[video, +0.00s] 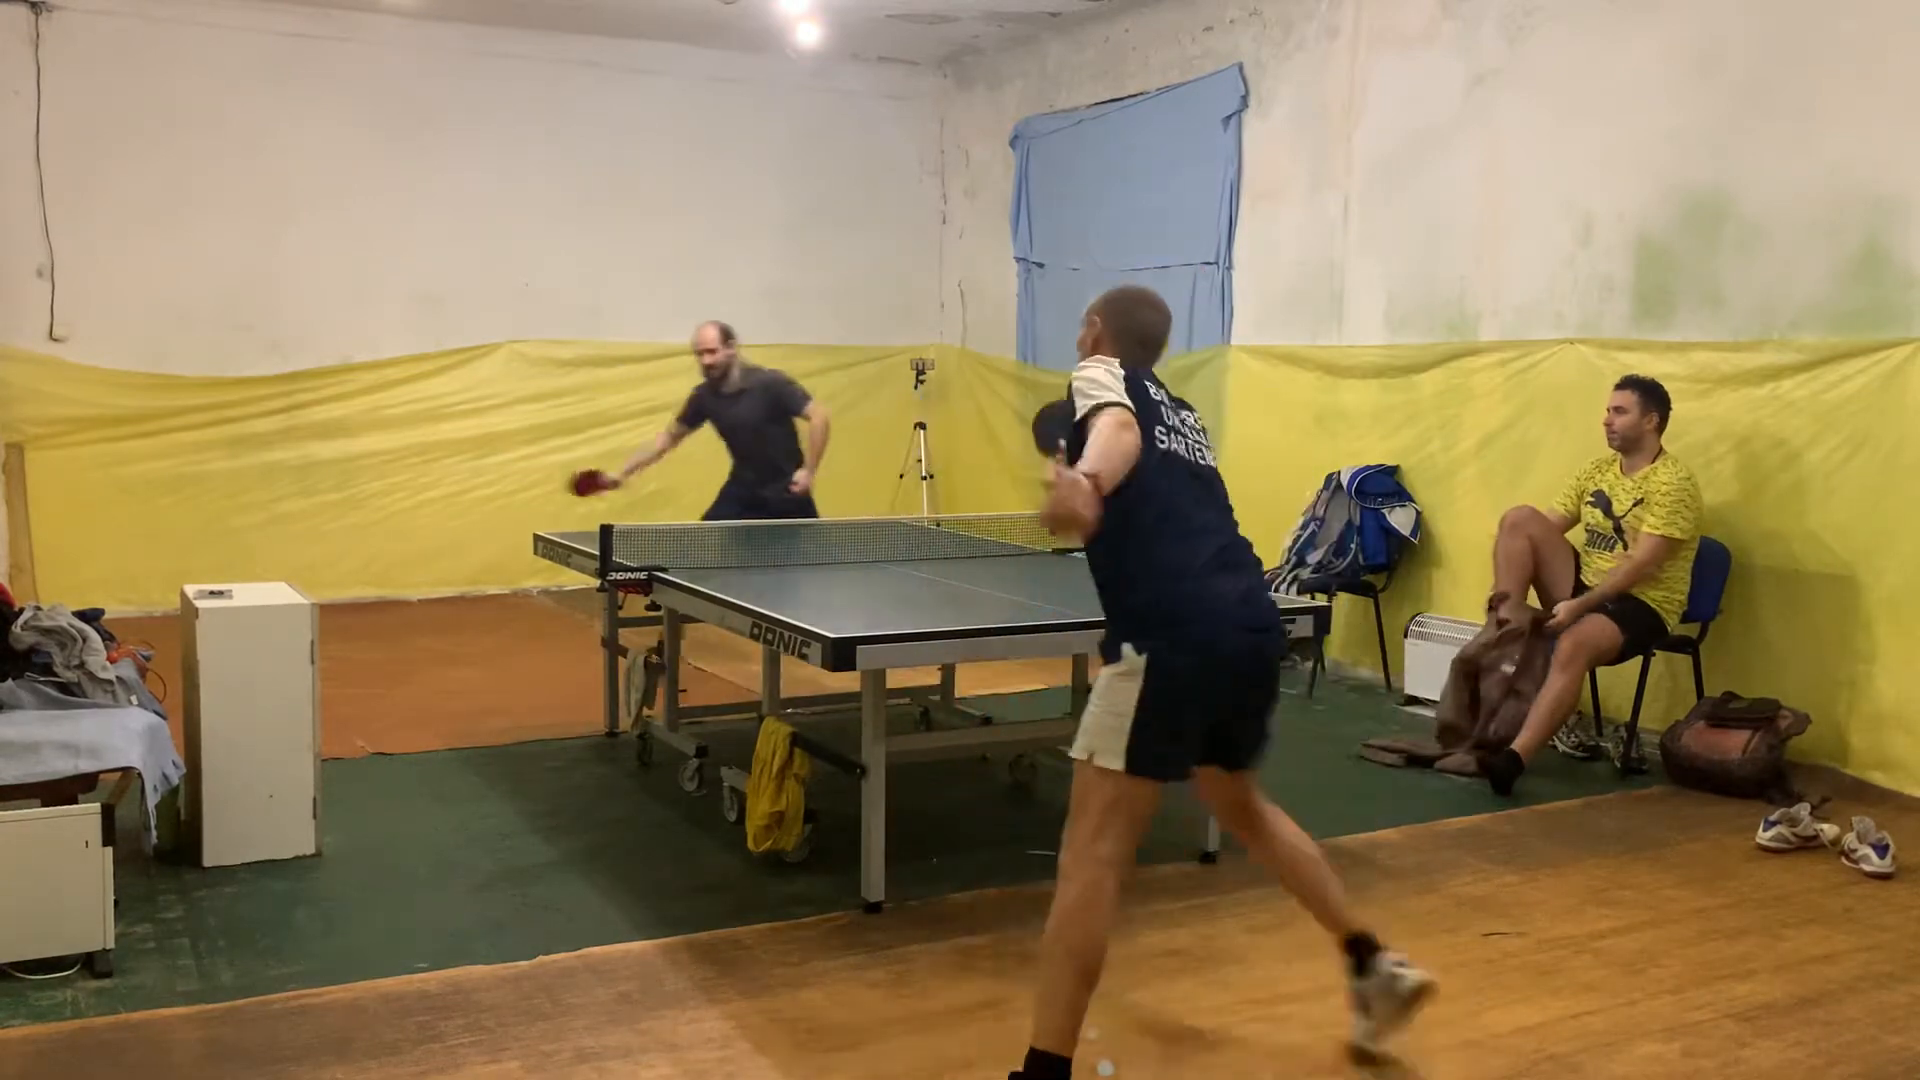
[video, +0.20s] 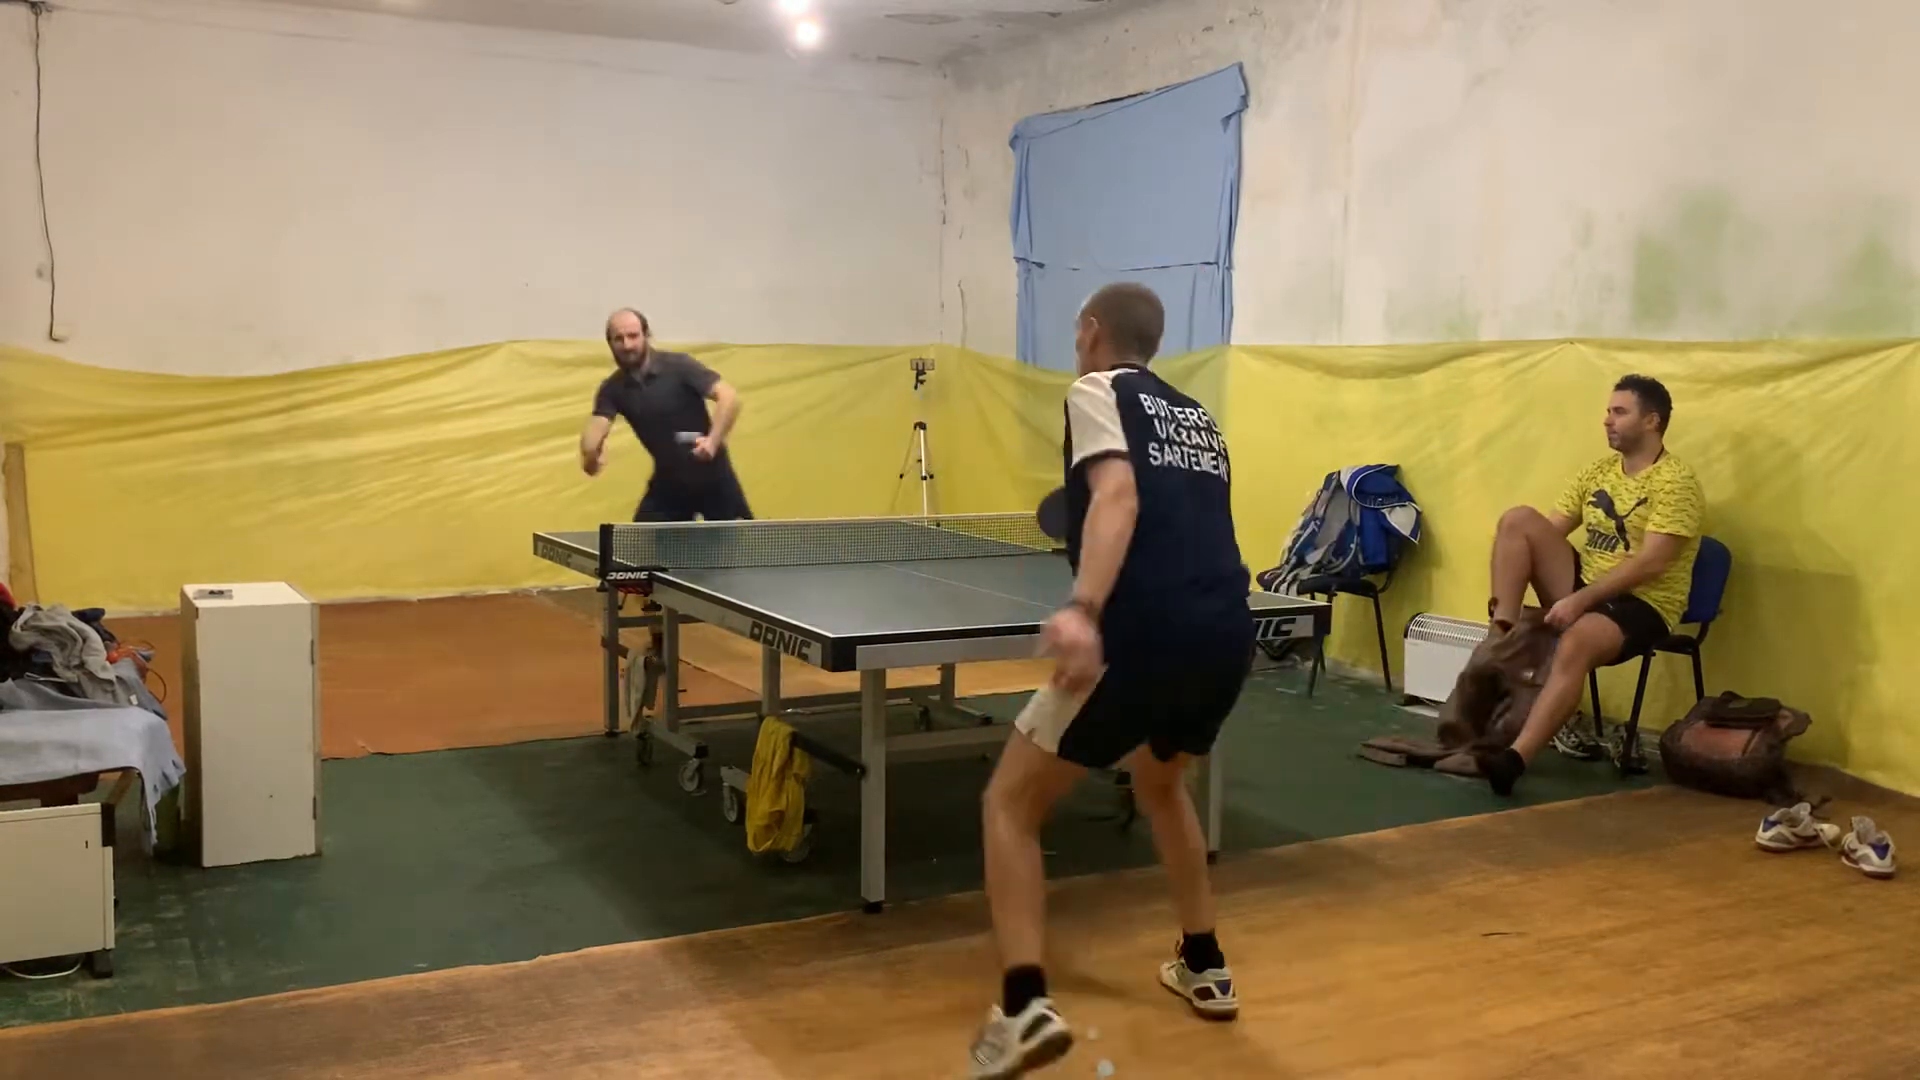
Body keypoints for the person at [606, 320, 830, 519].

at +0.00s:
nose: (706, 361)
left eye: (712, 352)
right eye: (700, 354)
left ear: (731, 349)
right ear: (695, 355)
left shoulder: (770, 383)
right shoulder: (704, 397)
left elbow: (819, 417)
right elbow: (668, 438)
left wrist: (809, 470)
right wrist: (622, 474)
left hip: (786, 487)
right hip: (742, 487)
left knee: (809, 556)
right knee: (703, 542)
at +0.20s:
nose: (627, 345)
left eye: (633, 336)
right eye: (618, 339)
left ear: (646, 335)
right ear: (610, 344)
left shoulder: (679, 366)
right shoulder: (614, 388)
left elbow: (728, 398)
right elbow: (598, 424)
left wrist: (713, 440)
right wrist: (590, 453)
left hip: (711, 474)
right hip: (668, 479)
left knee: (742, 543)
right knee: (641, 546)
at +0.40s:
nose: (599, 329)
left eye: (605, 322)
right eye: (590, 324)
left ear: (614, 324)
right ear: (576, 329)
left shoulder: (640, 363)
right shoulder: (564, 375)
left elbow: (680, 398)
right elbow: (545, 431)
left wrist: (679, 451)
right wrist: (559, 468)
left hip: (644, 478)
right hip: (590, 484)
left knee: (687, 548)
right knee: (551, 563)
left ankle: (696, 606)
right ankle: (527, 646)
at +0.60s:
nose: (594, 351)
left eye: (600, 344)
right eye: (585, 345)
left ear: (608, 346)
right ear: (569, 348)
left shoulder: (624, 386)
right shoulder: (550, 390)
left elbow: (644, 424)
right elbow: (515, 438)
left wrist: (631, 471)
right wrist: (555, 449)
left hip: (607, 503)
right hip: (556, 505)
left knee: (648, 565)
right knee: (521, 582)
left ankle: (633, 635)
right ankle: (482, 653)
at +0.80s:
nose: (631, 347)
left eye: (636, 340)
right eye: (623, 341)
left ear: (642, 340)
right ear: (606, 341)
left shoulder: (646, 375)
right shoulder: (584, 379)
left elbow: (670, 412)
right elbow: (573, 439)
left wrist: (679, 455)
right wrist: (620, 464)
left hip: (624, 476)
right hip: (580, 480)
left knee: (673, 542)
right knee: (561, 563)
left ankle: (690, 621)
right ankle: (526, 644)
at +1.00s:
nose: (694, 352)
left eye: (695, 344)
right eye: (687, 345)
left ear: (688, 345)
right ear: (664, 347)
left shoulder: (666, 366)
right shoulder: (663, 389)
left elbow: (693, 367)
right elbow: (723, 423)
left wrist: (728, 377)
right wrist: (780, 444)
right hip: (647, 489)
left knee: (580, 563)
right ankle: (707, 637)